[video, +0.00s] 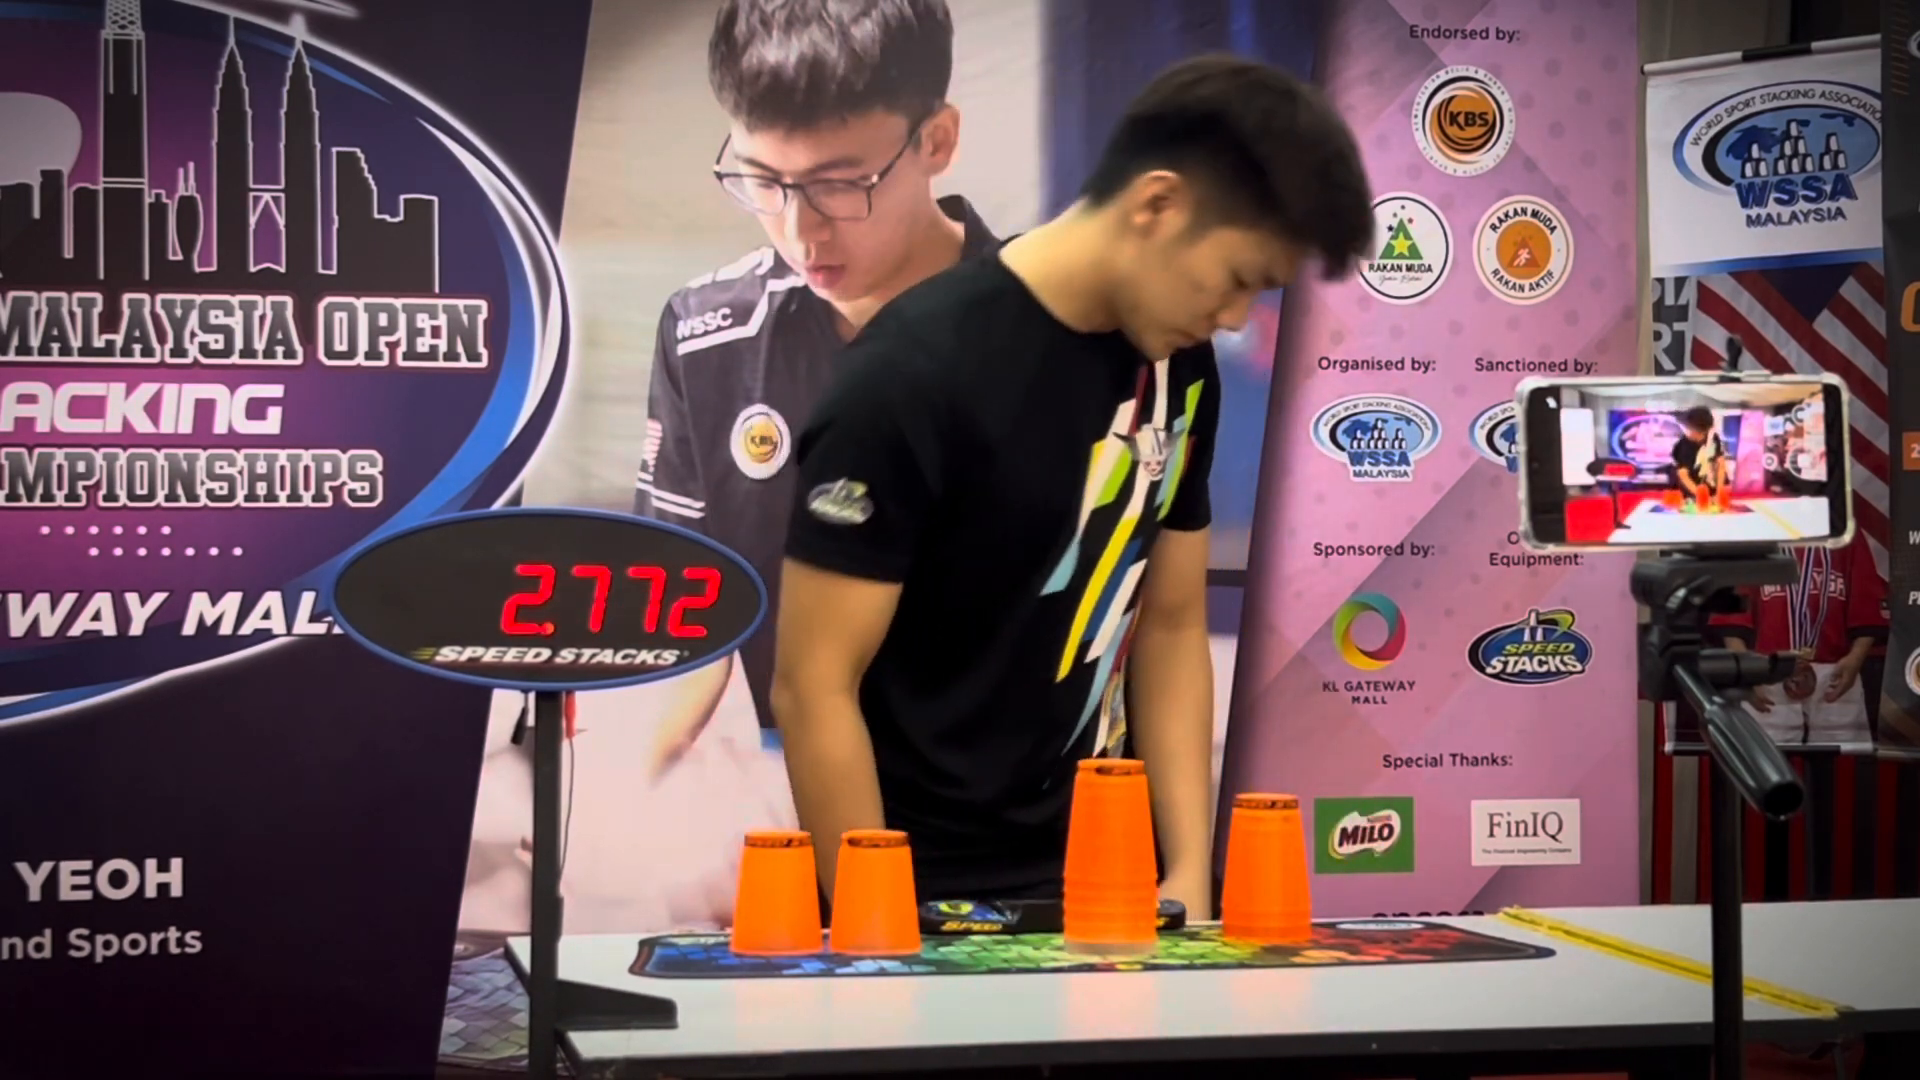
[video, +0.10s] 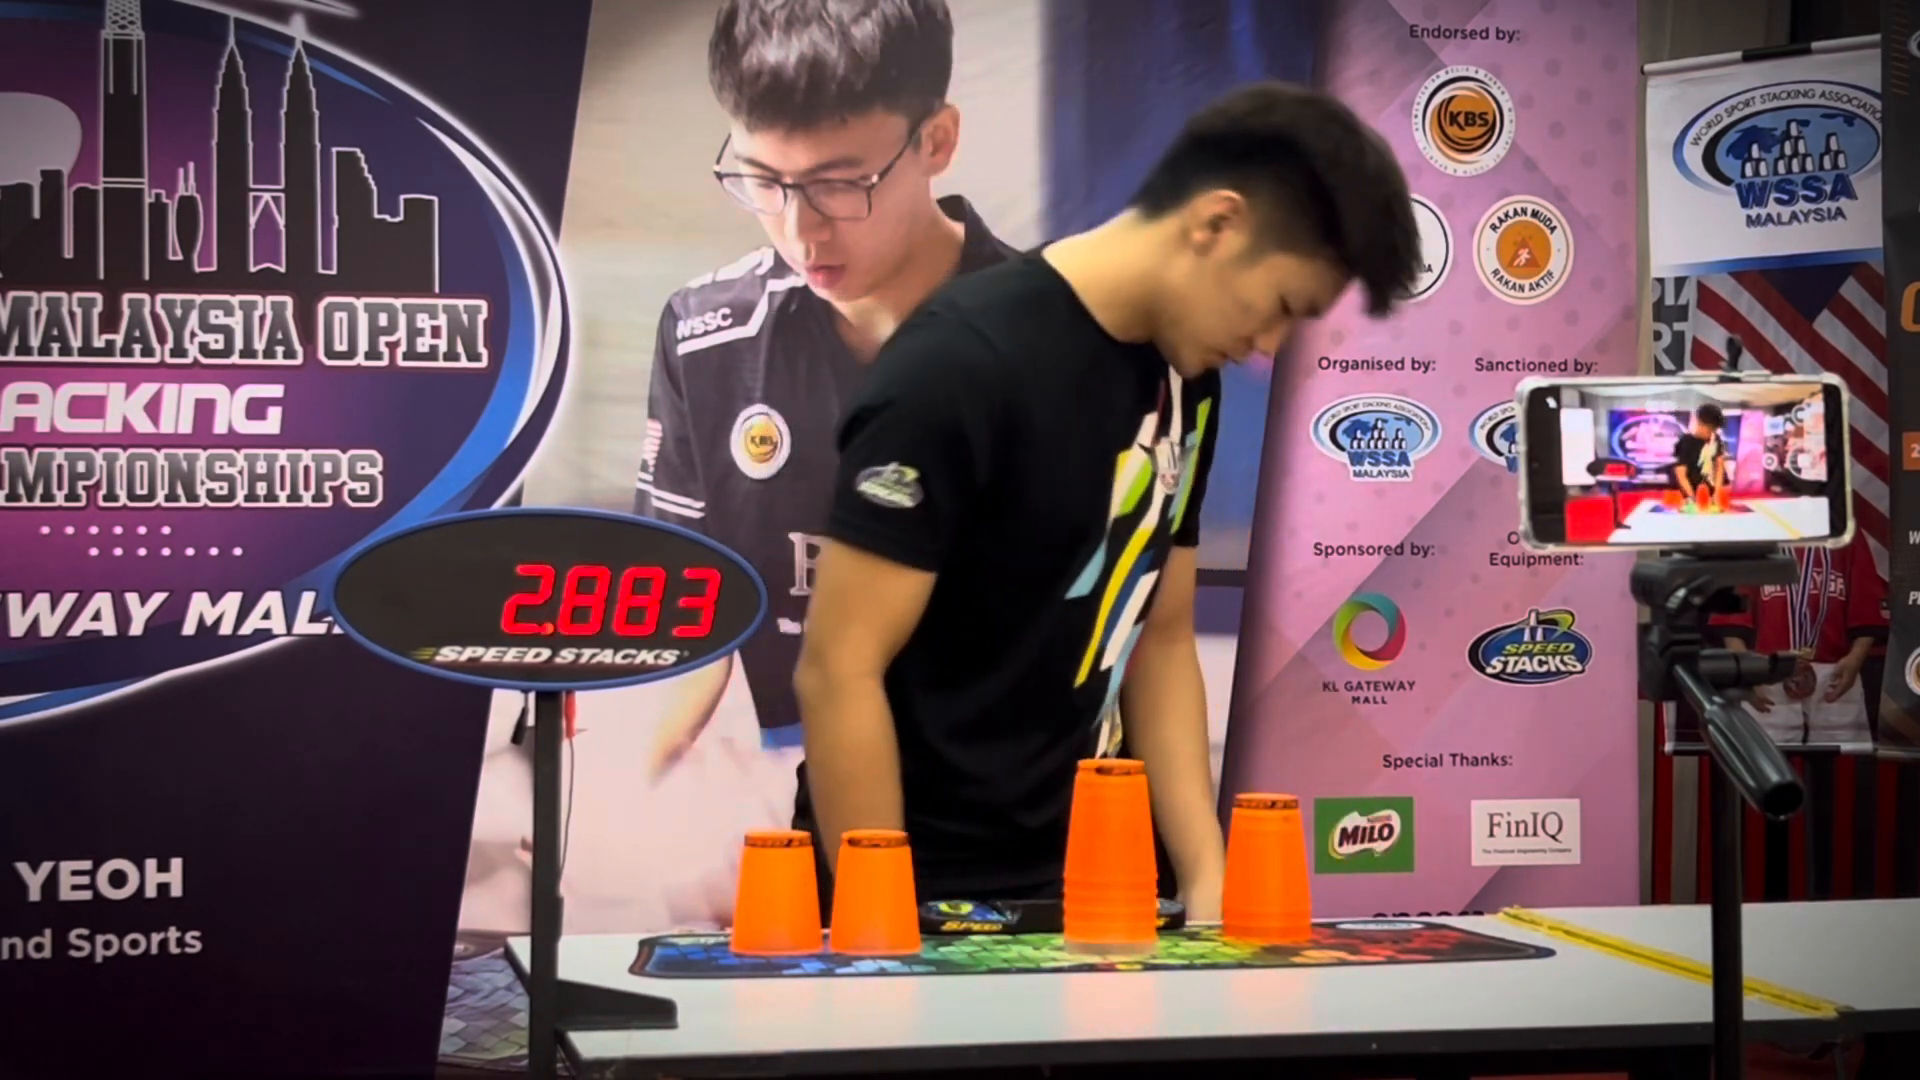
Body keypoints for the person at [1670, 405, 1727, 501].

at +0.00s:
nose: (1700, 436)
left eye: (1703, 432)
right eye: (1696, 432)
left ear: (1708, 430)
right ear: (1688, 428)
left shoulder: (1713, 439)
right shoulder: (1682, 446)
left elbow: (1720, 463)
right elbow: (1682, 473)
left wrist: (1719, 490)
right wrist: (1697, 492)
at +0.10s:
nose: (1710, 433)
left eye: (1713, 429)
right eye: (1708, 428)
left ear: (1716, 428)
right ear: (1699, 424)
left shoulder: (1716, 441)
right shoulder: (1686, 441)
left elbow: (1719, 466)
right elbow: (1680, 471)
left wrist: (1717, 492)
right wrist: (1691, 496)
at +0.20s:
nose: (1718, 431)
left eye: (1720, 427)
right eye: (1717, 426)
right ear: (1708, 420)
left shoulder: (1717, 441)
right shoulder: (1689, 439)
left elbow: (1719, 466)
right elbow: (1679, 470)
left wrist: (1717, 492)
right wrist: (1687, 497)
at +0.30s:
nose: (1724, 434)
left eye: (1726, 430)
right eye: (1724, 428)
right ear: (1715, 420)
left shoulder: (1717, 442)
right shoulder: (1693, 438)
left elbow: (1718, 466)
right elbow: (1680, 468)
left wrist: (1720, 490)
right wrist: (1685, 497)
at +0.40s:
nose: (1727, 439)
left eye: (1730, 436)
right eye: (1729, 434)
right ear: (1723, 425)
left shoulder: (1718, 443)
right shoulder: (1696, 440)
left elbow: (1718, 468)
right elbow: (1683, 470)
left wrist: (1721, 492)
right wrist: (1687, 497)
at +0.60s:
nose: (1730, 445)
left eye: (1733, 443)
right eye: (1732, 441)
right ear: (1727, 432)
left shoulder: (1718, 446)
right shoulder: (1701, 441)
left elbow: (1720, 469)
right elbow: (1687, 467)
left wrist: (1723, 489)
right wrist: (1688, 497)